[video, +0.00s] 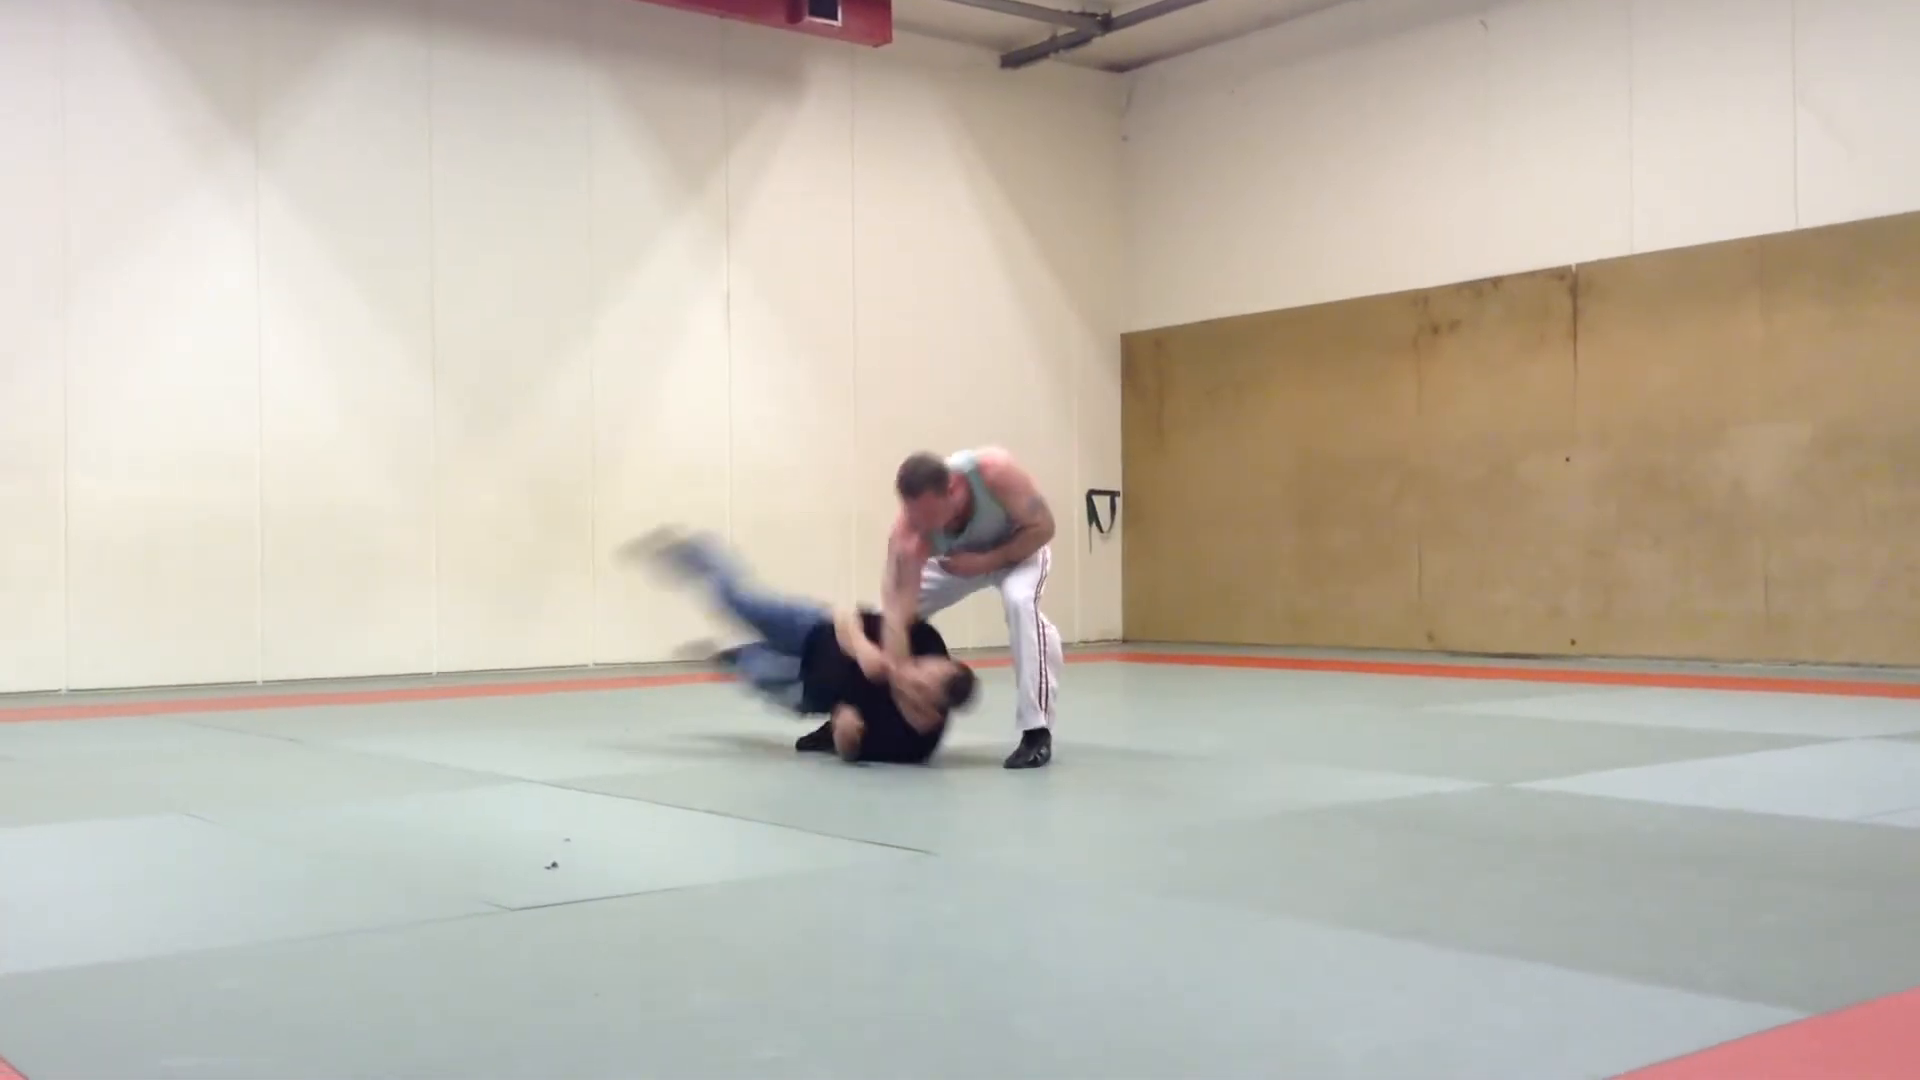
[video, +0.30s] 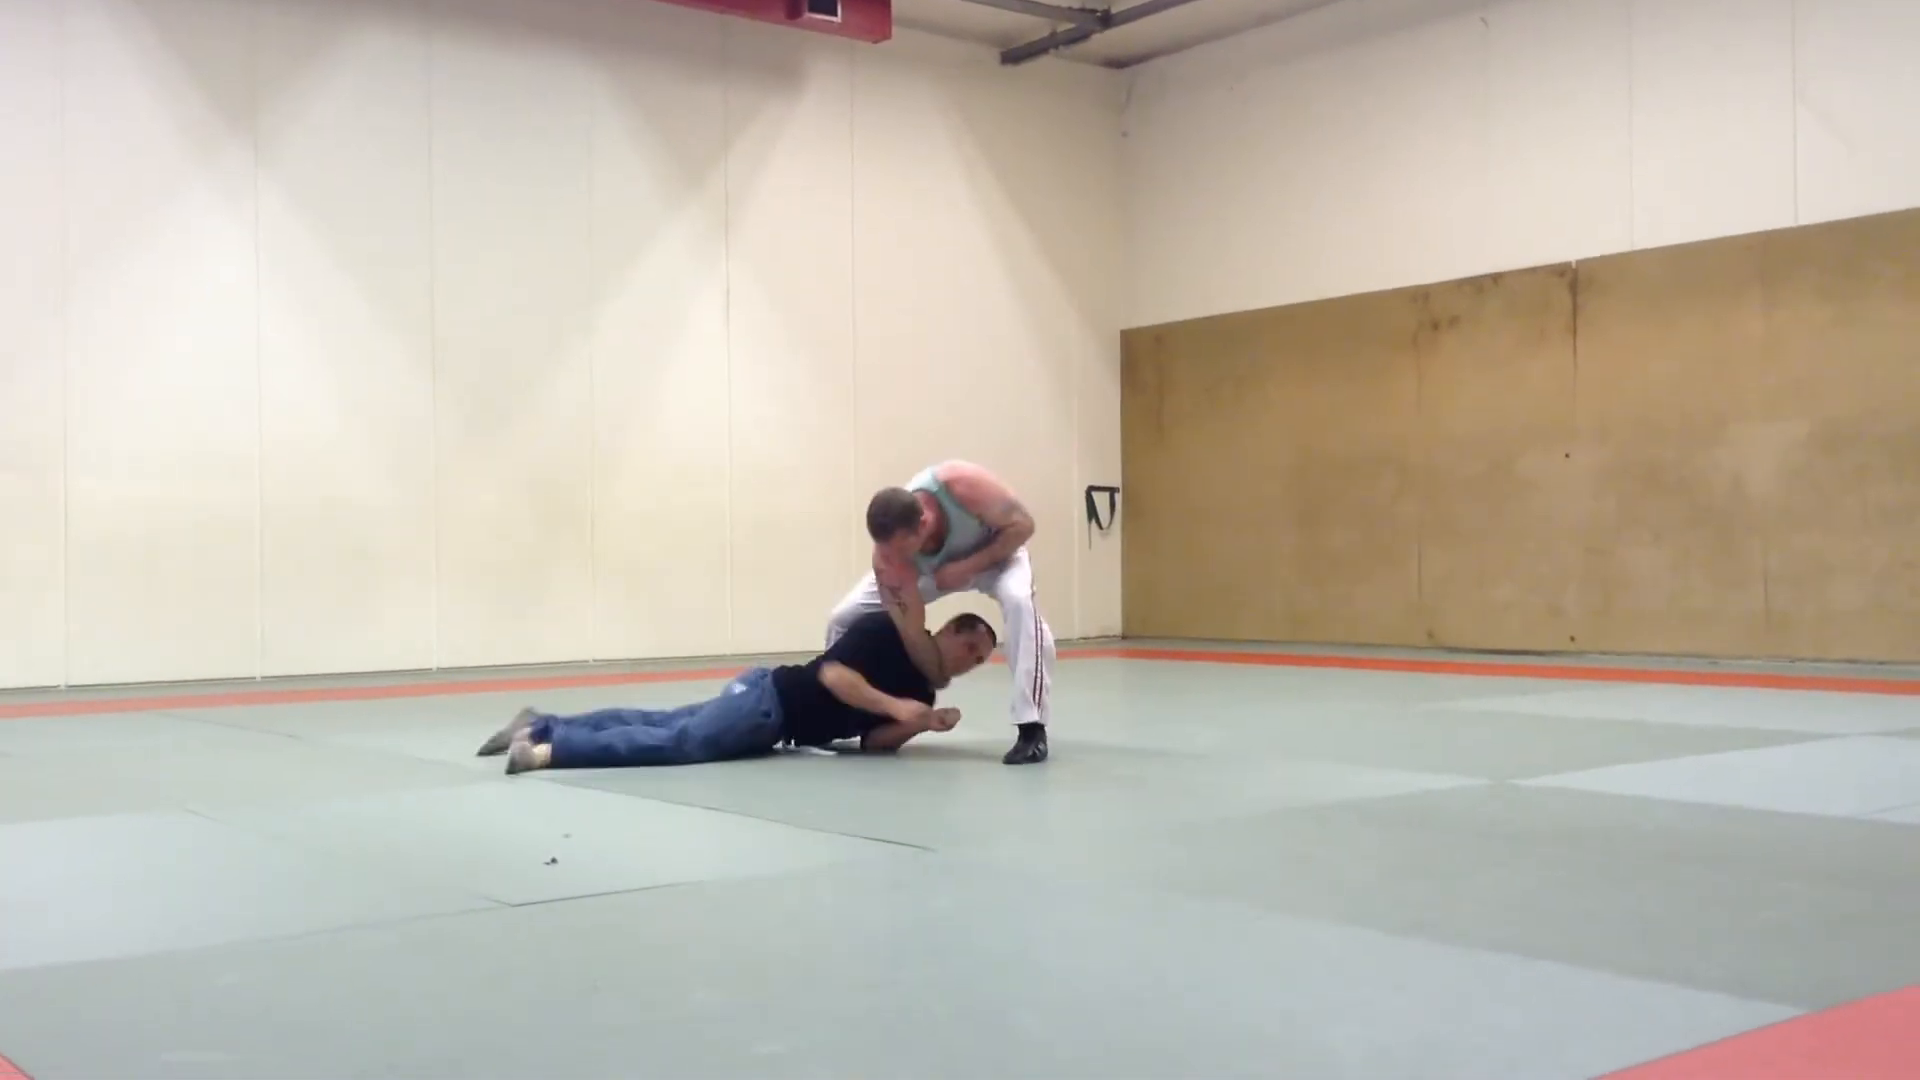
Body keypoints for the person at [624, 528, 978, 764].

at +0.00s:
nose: (913, 677)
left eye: (924, 687)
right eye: (923, 671)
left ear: (935, 706)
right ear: (927, 661)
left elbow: (849, 749)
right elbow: (848, 615)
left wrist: (847, 731)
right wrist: (861, 649)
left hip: (809, 685)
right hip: (818, 635)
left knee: (753, 664)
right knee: (739, 599)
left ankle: (730, 654)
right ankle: (695, 553)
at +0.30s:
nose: (973, 661)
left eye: (981, 656)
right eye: (973, 648)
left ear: (972, 660)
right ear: (950, 629)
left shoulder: (919, 692)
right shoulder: (887, 632)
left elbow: (869, 745)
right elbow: (832, 677)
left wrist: (920, 726)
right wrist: (898, 709)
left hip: (776, 722)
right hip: (768, 699)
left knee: (670, 726)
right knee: (680, 744)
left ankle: (540, 725)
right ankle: (550, 750)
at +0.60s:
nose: (974, 649)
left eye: (979, 640)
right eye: (971, 636)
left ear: (952, 633)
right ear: (945, 624)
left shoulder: (906, 651)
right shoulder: (900, 650)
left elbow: (874, 725)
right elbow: (890, 720)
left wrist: (925, 730)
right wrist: (938, 736)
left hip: (774, 703)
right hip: (772, 714)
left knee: (662, 718)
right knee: (661, 735)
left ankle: (534, 705)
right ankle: (542, 732)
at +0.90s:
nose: (993, 659)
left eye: (999, 651)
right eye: (993, 648)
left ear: (970, 628)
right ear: (969, 629)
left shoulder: (925, 641)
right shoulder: (922, 651)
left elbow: (892, 711)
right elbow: (894, 720)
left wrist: (939, 716)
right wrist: (950, 725)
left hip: (790, 687)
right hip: (789, 702)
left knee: (677, 708)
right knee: (675, 720)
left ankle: (552, 697)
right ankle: (555, 714)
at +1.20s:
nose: (1019, 659)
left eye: (1026, 654)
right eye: (1023, 649)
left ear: (1007, 633)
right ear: (1003, 627)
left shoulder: (956, 636)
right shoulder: (955, 641)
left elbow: (921, 701)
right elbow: (920, 713)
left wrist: (967, 706)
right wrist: (976, 714)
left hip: (812, 676)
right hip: (811, 692)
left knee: (703, 695)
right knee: (701, 709)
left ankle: (576, 685)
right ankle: (577, 702)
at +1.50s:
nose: (1022, 658)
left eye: (1030, 659)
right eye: (1025, 647)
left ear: (1020, 658)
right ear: (1009, 629)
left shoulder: (960, 642)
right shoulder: (959, 641)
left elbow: (919, 699)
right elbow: (919, 706)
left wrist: (972, 705)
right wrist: (979, 712)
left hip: (818, 677)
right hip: (815, 688)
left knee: (708, 694)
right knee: (705, 706)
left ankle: (586, 682)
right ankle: (581, 698)